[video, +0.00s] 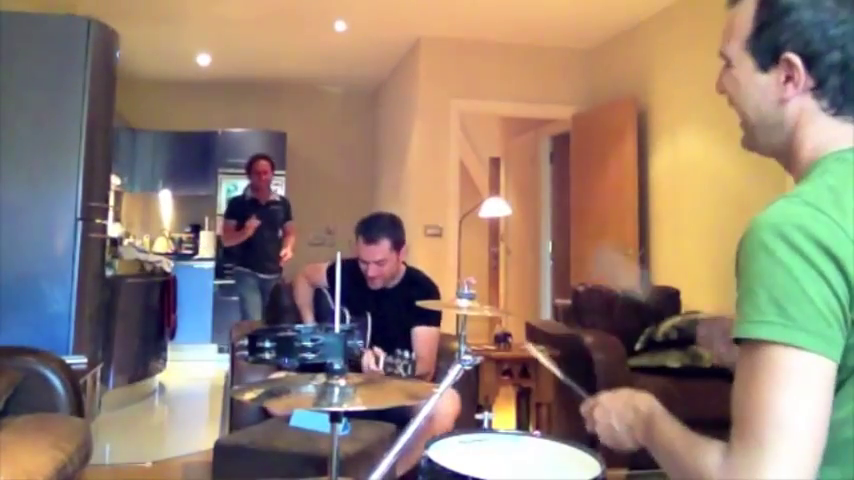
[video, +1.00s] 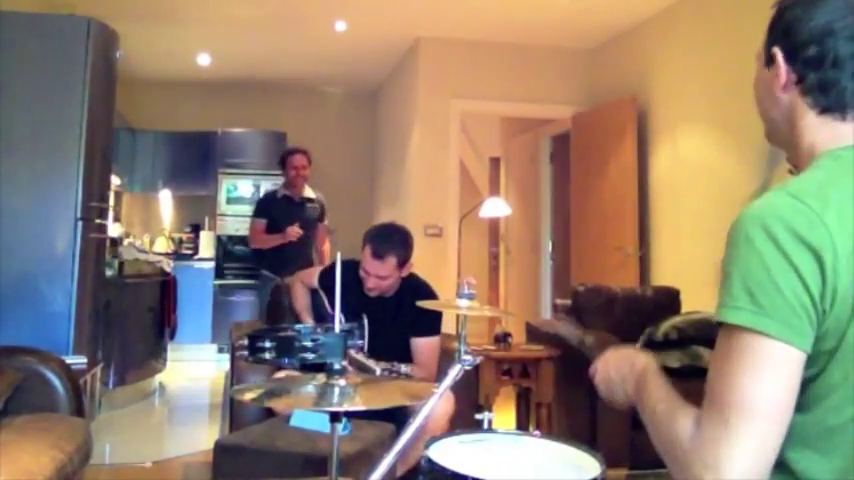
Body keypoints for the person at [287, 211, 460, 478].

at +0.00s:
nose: (370, 272)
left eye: (379, 263)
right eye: (363, 262)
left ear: (401, 254)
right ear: (357, 251)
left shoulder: (421, 289)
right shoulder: (346, 272)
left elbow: (425, 368)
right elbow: (304, 277)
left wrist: (388, 366)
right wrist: (310, 329)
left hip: (395, 388)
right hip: (341, 379)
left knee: (447, 403)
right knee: (276, 399)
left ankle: (390, 473)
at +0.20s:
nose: (382, 272)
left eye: (392, 265)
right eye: (377, 262)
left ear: (414, 258)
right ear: (371, 250)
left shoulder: (429, 292)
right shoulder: (355, 271)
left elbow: (425, 367)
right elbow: (306, 275)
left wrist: (392, 370)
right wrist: (313, 325)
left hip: (396, 387)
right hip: (343, 378)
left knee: (450, 404)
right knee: (278, 389)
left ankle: (390, 472)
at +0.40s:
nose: (393, 278)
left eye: (404, 273)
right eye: (388, 267)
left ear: (423, 267)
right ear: (382, 252)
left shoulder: (434, 301)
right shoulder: (359, 273)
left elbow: (429, 380)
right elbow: (309, 279)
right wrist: (315, 323)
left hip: (398, 388)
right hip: (342, 378)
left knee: (446, 403)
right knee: (282, 380)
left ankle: (391, 473)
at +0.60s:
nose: (389, 281)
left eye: (401, 276)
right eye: (384, 269)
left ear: (420, 270)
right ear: (380, 253)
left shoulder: (431, 302)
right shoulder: (354, 274)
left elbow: (431, 378)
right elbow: (305, 278)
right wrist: (315, 327)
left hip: (397, 388)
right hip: (341, 378)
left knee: (443, 404)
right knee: (284, 379)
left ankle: (391, 473)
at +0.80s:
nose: (379, 285)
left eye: (391, 279)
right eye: (374, 274)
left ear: (412, 271)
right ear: (370, 257)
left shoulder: (426, 301)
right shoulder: (347, 274)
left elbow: (430, 377)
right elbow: (302, 280)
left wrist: (372, 379)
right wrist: (312, 329)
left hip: (395, 390)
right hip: (339, 380)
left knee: (442, 403)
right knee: (284, 381)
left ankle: (391, 473)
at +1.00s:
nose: (370, 284)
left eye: (381, 278)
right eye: (365, 273)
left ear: (404, 270)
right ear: (361, 258)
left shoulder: (421, 298)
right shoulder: (343, 274)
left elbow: (426, 373)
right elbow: (298, 281)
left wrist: (372, 370)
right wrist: (310, 329)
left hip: (393, 388)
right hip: (337, 379)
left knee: (442, 403)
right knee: (281, 387)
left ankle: (391, 473)